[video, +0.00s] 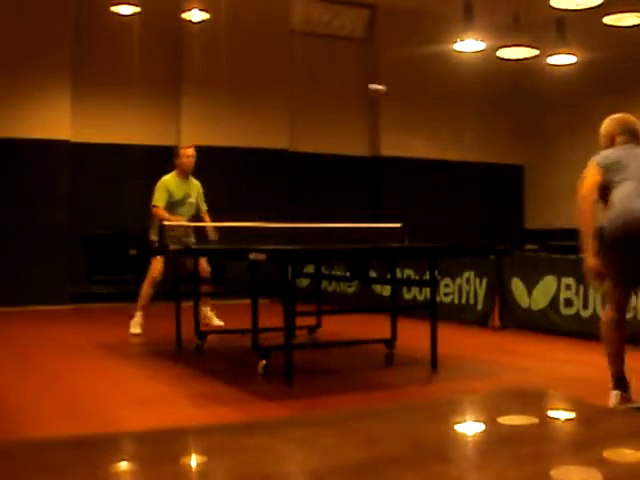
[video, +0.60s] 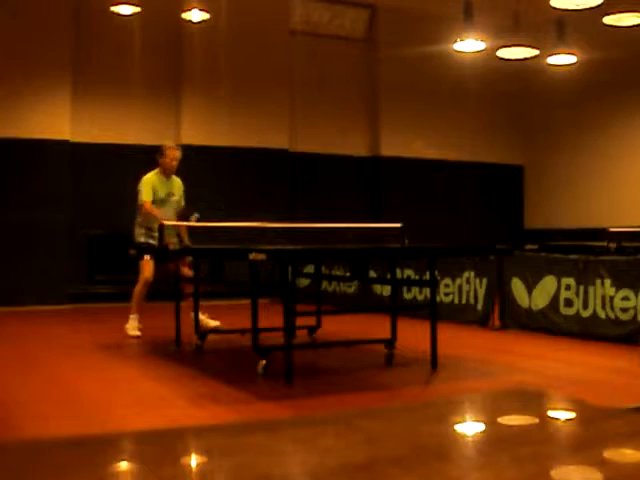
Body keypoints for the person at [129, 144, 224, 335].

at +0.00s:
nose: (190, 161)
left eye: (192, 157)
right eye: (186, 157)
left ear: (195, 160)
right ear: (177, 160)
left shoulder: (196, 185)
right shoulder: (165, 182)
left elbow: (203, 212)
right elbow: (157, 209)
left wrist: (211, 230)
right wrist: (174, 219)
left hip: (187, 236)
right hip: (165, 236)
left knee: (204, 270)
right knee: (156, 273)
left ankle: (205, 310)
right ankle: (138, 315)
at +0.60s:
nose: (174, 163)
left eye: (177, 160)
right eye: (171, 159)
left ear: (178, 161)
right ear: (161, 159)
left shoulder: (177, 183)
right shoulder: (148, 180)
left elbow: (180, 216)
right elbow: (146, 207)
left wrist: (186, 242)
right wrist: (163, 220)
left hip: (170, 234)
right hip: (148, 233)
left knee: (186, 272)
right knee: (147, 275)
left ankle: (196, 314)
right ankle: (133, 318)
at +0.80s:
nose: (174, 159)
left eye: (176, 156)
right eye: (170, 155)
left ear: (179, 159)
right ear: (161, 157)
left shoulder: (181, 183)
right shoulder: (151, 177)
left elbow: (186, 215)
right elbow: (138, 190)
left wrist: (193, 242)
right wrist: (137, 177)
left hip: (175, 234)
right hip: (152, 232)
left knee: (189, 271)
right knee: (150, 275)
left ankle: (197, 314)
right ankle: (134, 318)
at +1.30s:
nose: (191, 150)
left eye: (194, 147)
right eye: (187, 146)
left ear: (197, 151)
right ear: (178, 150)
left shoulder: (200, 175)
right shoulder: (166, 174)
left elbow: (213, 202)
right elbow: (157, 202)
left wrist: (222, 226)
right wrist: (164, 227)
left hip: (193, 236)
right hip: (171, 234)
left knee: (200, 272)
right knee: (165, 276)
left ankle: (199, 313)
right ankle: (157, 313)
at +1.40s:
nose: (195, 149)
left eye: (197, 146)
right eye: (191, 146)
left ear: (200, 151)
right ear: (181, 149)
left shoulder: (202, 176)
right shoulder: (170, 174)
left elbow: (211, 204)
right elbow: (159, 202)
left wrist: (220, 226)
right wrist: (167, 225)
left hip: (197, 235)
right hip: (175, 234)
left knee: (204, 270)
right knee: (167, 275)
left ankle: (204, 312)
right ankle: (158, 314)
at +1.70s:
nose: (228, 154)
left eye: (229, 151)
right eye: (223, 150)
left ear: (230, 156)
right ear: (212, 153)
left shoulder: (224, 180)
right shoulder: (200, 175)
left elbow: (224, 212)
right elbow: (190, 205)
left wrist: (228, 234)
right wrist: (201, 230)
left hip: (217, 234)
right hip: (195, 234)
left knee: (230, 270)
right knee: (179, 275)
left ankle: (237, 312)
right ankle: (160, 312)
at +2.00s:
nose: (262, 150)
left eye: (262, 147)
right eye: (258, 146)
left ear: (258, 151)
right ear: (247, 148)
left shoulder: (251, 172)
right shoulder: (237, 170)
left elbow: (246, 202)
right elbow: (232, 199)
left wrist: (251, 224)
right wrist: (245, 223)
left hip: (244, 230)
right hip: (231, 229)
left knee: (244, 271)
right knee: (235, 270)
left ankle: (241, 311)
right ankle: (208, 302)